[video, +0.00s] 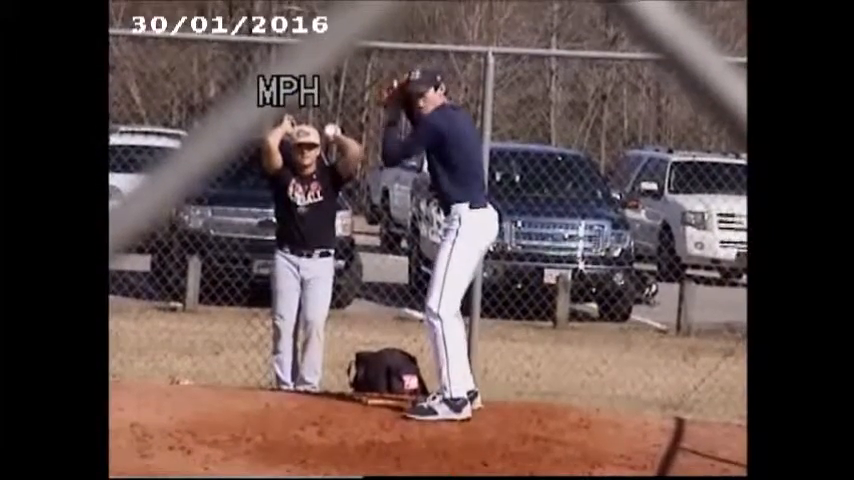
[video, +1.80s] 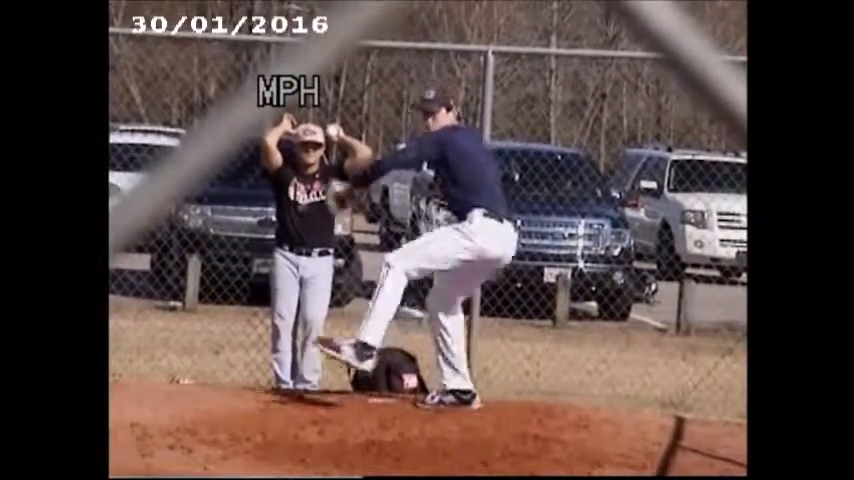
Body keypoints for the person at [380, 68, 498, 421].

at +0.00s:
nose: (417, 104)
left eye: (420, 97)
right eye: (415, 98)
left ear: (439, 91)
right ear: (435, 95)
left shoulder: (435, 123)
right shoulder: (457, 116)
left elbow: (393, 156)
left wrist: (391, 114)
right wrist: (403, 106)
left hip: (466, 219)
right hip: (478, 215)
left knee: (439, 308)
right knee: (445, 307)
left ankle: (454, 394)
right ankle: (462, 389)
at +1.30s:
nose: (427, 111)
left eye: (431, 103)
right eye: (424, 105)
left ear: (450, 96)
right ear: (447, 100)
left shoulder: (443, 128)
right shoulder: (467, 121)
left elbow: (403, 168)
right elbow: (434, 131)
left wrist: (391, 134)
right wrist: (408, 118)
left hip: (474, 219)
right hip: (490, 218)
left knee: (433, 298)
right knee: (443, 302)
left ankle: (451, 386)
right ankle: (463, 386)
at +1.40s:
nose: (428, 107)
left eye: (429, 101)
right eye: (425, 102)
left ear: (446, 91)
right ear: (450, 91)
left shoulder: (441, 124)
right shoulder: (474, 112)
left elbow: (399, 159)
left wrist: (397, 120)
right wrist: (417, 96)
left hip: (474, 214)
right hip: (497, 216)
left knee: (412, 274)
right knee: (449, 293)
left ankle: (444, 355)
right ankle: (461, 383)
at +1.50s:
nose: (424, 108)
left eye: (426, 102)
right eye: (421, 104)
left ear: (445, 92)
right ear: (448, 93)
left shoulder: (439, 124)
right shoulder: (474, 112)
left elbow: (394, 156)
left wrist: (411, 122)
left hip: (476, 213)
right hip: (500, 216)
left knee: (401, 251)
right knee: (461, 302)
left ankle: (439, 325)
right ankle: (462, 387)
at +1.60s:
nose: (419, 103)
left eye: (423, 96)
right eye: (417, 98)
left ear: (442, 91)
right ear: (445, 93)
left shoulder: (436, 121)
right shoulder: (472, 116)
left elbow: (393, 160)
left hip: (475, 211)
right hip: (503, 214)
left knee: (396, 234)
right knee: (461, 302)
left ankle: (422, 314)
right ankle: (462, 385)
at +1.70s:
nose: (423, 111)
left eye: (428, 104)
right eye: (420, 105)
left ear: (446, 101)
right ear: (448, 104)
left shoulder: (439, 129)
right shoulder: (470, 126)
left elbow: (396, 171)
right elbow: (454, 183)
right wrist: (429, 185)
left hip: (478, 220)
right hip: (505, 226)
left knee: (397, 241)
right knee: (458, 302)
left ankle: (395, 329)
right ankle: (460, 388)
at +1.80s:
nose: (426, 120)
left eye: (432, 114)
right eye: (425, 114)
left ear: (451, 113)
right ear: (454, 116)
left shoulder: (444, 139)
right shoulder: (475, 141)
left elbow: (391, 162)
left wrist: (356, 182)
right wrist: (443, 190)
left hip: (479, 230)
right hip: (505, 238)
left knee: (397, 264)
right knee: (443, 301)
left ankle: (364, 349)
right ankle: (458, 387)